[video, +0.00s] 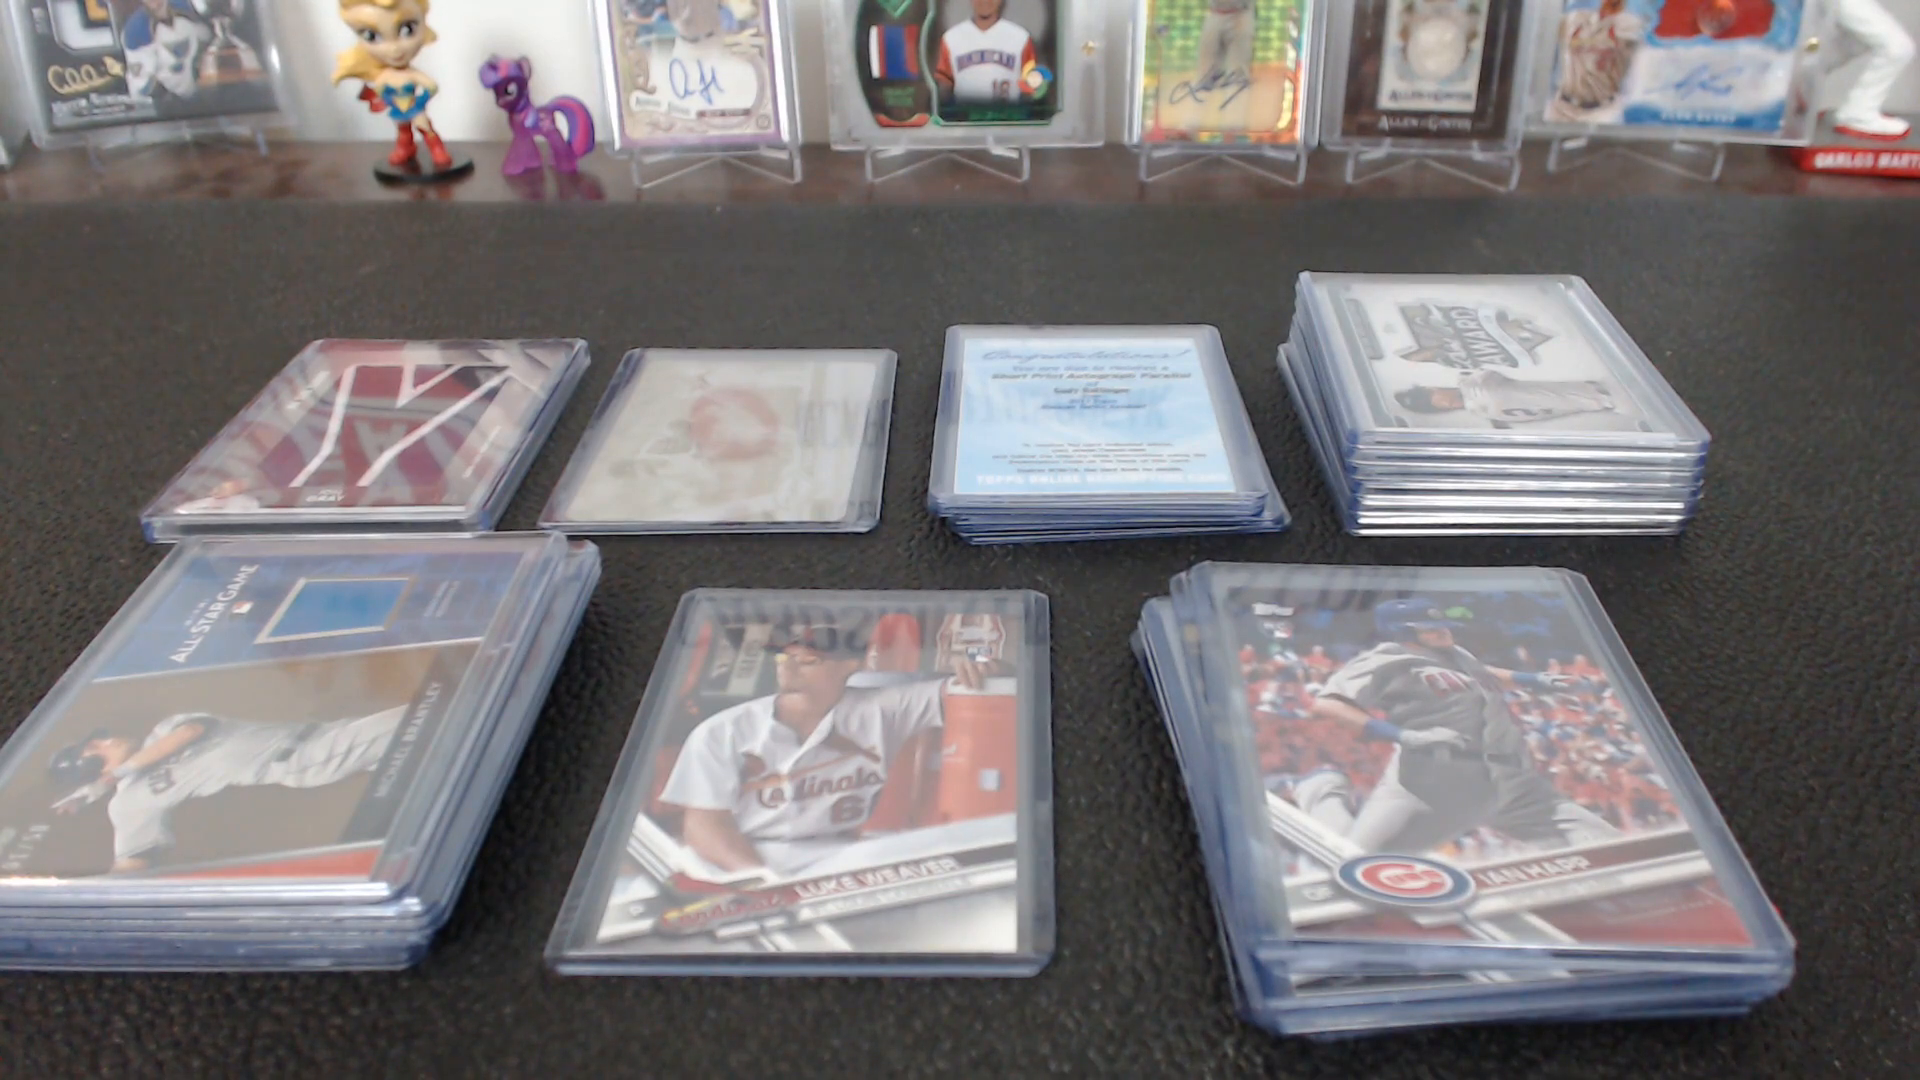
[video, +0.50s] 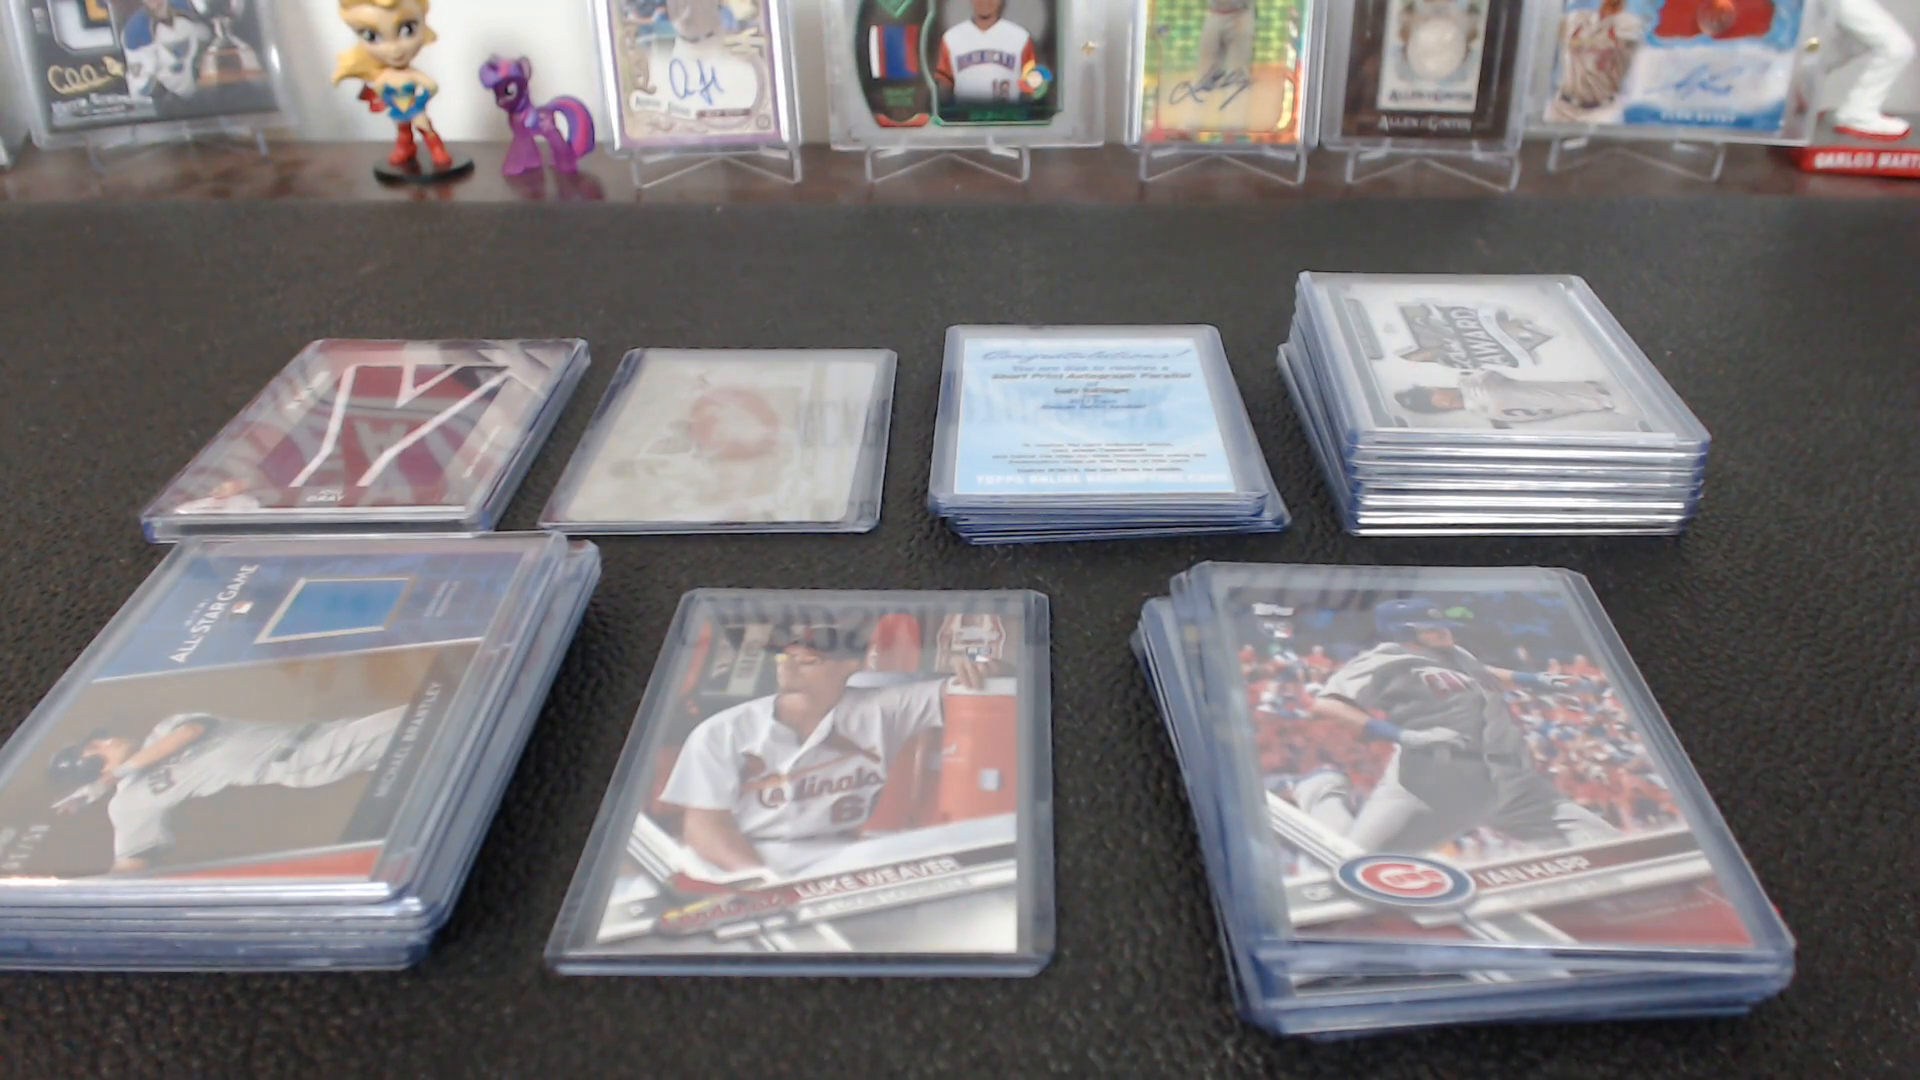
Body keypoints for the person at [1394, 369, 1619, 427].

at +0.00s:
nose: (1445, 400)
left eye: (1439, 395)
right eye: (1440, 403)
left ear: (1441, 388)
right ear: (1440, 408)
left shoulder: (1468, 381)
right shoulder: (1471, 408)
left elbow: (1494, 379)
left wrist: (1485, 391)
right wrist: (1507, 418)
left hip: (1509, 391)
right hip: (1506, 408)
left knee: (1551, 396)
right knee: (1551, 404)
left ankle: (1592, 396)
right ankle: (1589, 399)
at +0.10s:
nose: (1445, 400)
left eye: (1439, 395)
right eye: (1440, 403)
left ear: (1440, 388)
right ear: (1440, 408)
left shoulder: (1468, 381)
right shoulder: (1470, 408)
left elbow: (1494, 379)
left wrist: (1487, 393)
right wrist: (1507, 417)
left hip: (1513, 391)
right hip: (1507, 407)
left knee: (1552, 396)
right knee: (1551, 403)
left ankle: (1593, 397)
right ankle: (1590, 398)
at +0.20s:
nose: (1445, 400)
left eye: (1439, 395)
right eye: (1440, 403)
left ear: (1440, 388)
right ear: (1440, 408)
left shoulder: (1468, 381)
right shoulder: (1470, 408)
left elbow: (1494, 379)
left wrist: (1486, 393)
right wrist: (1507, 417)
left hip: (1515, 391)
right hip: (1508, 408)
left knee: (1552, 396)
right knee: (1552, 403)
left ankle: (1593, 396)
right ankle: (1590, 399)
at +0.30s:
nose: (1445, 400)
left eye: (1439, 395)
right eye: (1440, 403)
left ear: (1441, 388)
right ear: (1440, 408)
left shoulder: (1468, 381)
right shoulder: (1471, 408)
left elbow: (1494, 379)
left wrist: (1486, 391)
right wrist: (1508, 418)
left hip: (1509, 391)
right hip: (1506, 408)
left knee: (1551, 396)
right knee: (1552, 404)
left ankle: (1592, 396)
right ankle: (1589, 400)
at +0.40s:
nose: (1445, 400)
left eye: (1439, 395)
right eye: (1440, 403)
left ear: (1441, 388)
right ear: (1440, 408)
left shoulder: (1468, 381)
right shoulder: (1471, 408)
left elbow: (1494, 379)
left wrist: (1486, 391)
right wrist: (1508, 418)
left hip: (1513, 392)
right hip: (1507, 408)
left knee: (1552, 396)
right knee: (1552, 404)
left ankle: (1592, 396)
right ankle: (1589, 399)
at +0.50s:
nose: (1445, 400)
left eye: (1439, 395)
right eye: (1440, 403)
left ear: (1441, 388)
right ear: (1440, 408)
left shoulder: (1468, 381)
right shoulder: (1471, 408)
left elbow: (1494, 379)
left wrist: (1486, 391)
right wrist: (1508, 418)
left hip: (1512, 391)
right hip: (1506, 408)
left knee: (1552, 396)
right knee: (1552, 404)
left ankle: (1592, 396)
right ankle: (1589, 399)